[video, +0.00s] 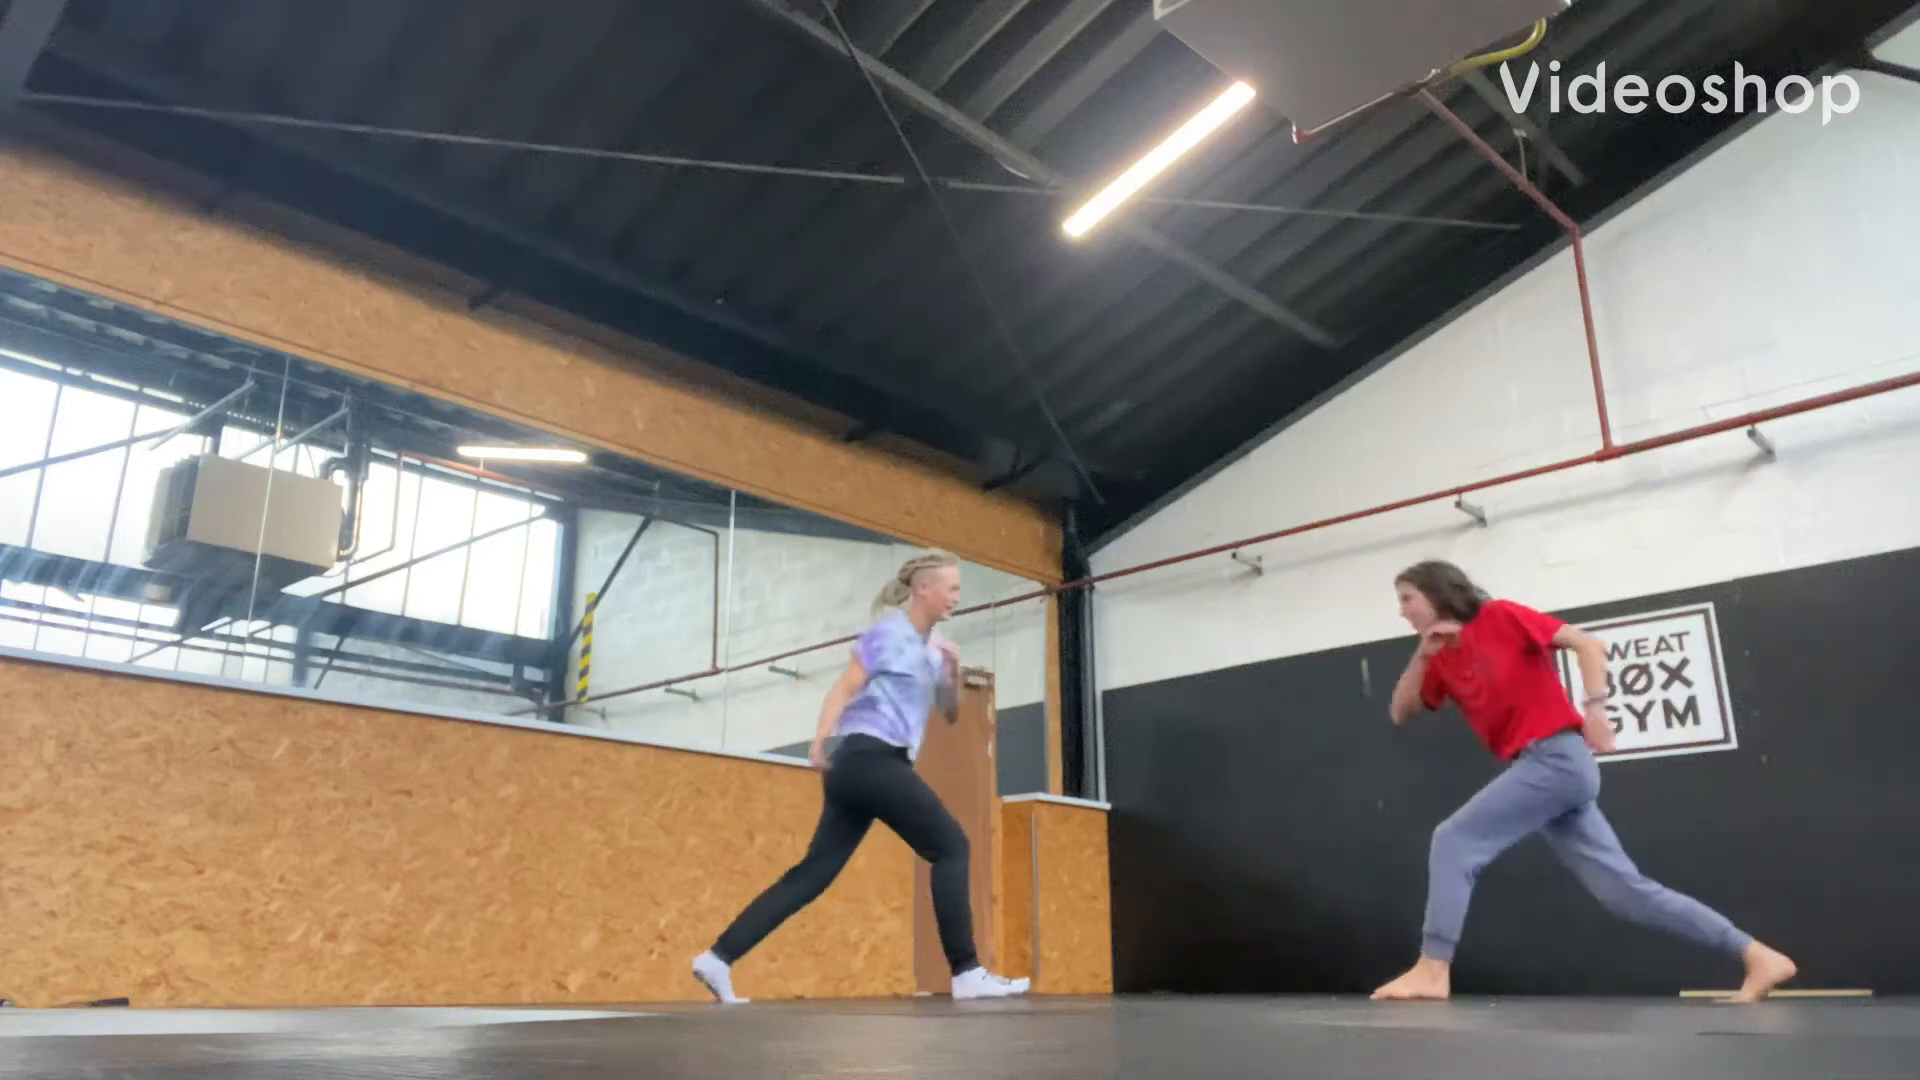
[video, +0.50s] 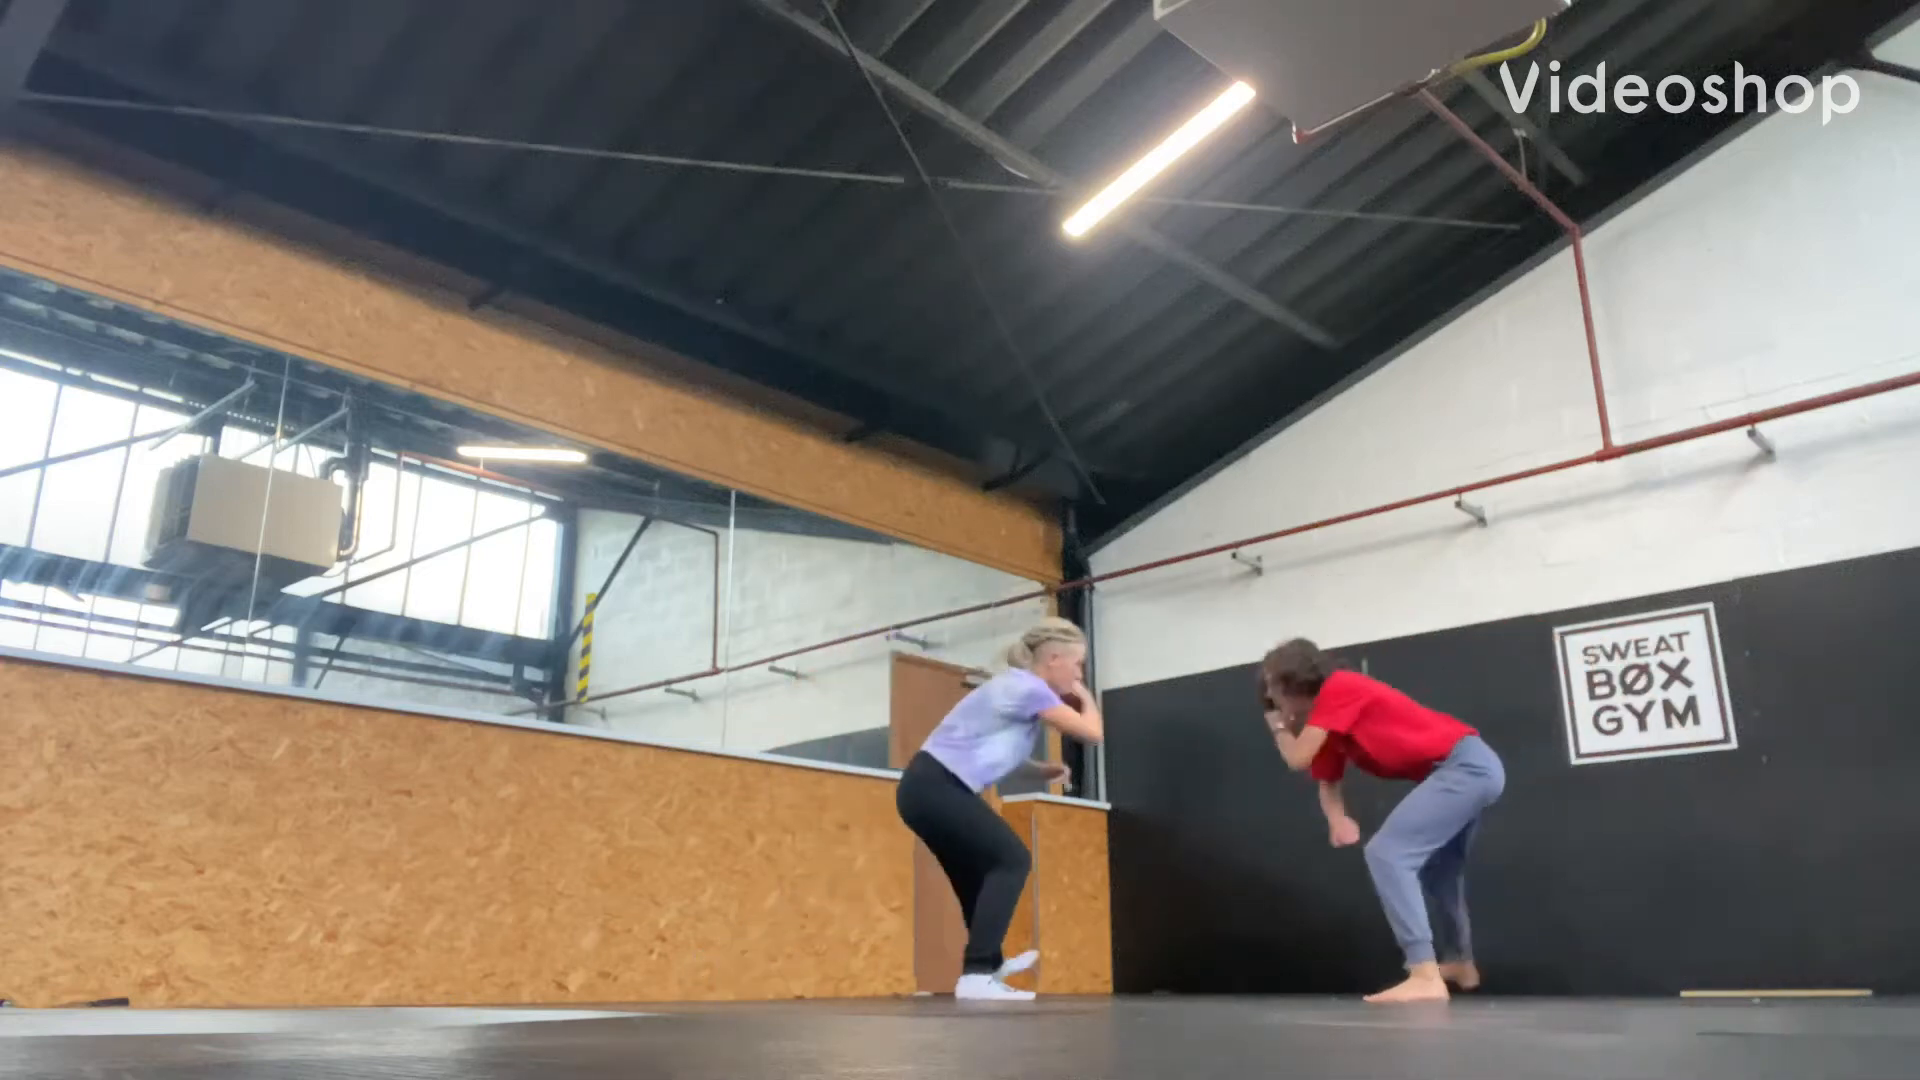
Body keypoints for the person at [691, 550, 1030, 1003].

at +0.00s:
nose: (957, 599)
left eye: (958, 591)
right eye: (951, 589)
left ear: (930, 591)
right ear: (924, 588)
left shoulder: (931, 652)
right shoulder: (890, 633)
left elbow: (949, 713)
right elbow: (846, 686)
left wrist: (951, 678)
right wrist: (821, 740)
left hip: (868, 764)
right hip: (866, 758)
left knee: (815, 872)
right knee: (950, 846)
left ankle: (718, 958)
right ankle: (967, 975)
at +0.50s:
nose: (1080, 675)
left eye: (1081, 666)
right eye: (1077, 664)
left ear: (1049, 662)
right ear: (1050, 662)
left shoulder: (1012, 689)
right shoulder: (1027, 687)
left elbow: (993, 756)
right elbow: (1092, 731)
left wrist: (1039, 770)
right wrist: (1083, 694)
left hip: (927, 787)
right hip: (936, 786)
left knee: (974, 879)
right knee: (1013, 859)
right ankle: (977, 977)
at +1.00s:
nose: (1085, 691)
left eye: (1086, 683)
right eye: (1082, 681)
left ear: (1056, 679)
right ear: (1061, 677)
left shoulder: (1030, 699)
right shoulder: (1039, 695)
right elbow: (1040, 751)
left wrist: (1050, 752)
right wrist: (1062, 753)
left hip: (965, 795)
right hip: (945, 780)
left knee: (1007, 873)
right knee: (925, 873)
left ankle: (1009, 981)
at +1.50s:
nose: (998, 662)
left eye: (998, 654)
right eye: (994, 653)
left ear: (968, 655)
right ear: (973, 652)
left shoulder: (936, 687)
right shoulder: (957, 681)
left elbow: (890, 743)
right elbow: (974, 739)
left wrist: (861, 794)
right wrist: (988, 703)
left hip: (925, 807)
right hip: (903, 800)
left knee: (993, 870)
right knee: (869, 897)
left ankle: (1017, 974)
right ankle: (783, 970)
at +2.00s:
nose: (1059, 638)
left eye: (1063, 631)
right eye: (1053, 629)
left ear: (1058, 636)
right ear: (1028, 629)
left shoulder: (1025, 678)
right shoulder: (1022, 657)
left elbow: (1024, 748)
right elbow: (1043, 697)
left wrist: (1076, 743)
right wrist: (1080, 702)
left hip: (1004, 791)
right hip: (972, 780)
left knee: (1044, 875)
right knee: (993, 863)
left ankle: (1023, 979)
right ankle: (950, 962)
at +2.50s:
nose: (1018, 590)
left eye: (1013, 584)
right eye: (1016, 584)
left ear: (976, 593)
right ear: (1012, 587)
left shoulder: (969, 637)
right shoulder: (1041, 619)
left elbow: (905, 661)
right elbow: (1105, 635)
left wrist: (891, 616)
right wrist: (1109, 588)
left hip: (1025, 755)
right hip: (1073, 747)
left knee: (1035, 872)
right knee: (1029, 861)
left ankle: (1078, 975)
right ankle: (1010, 962)